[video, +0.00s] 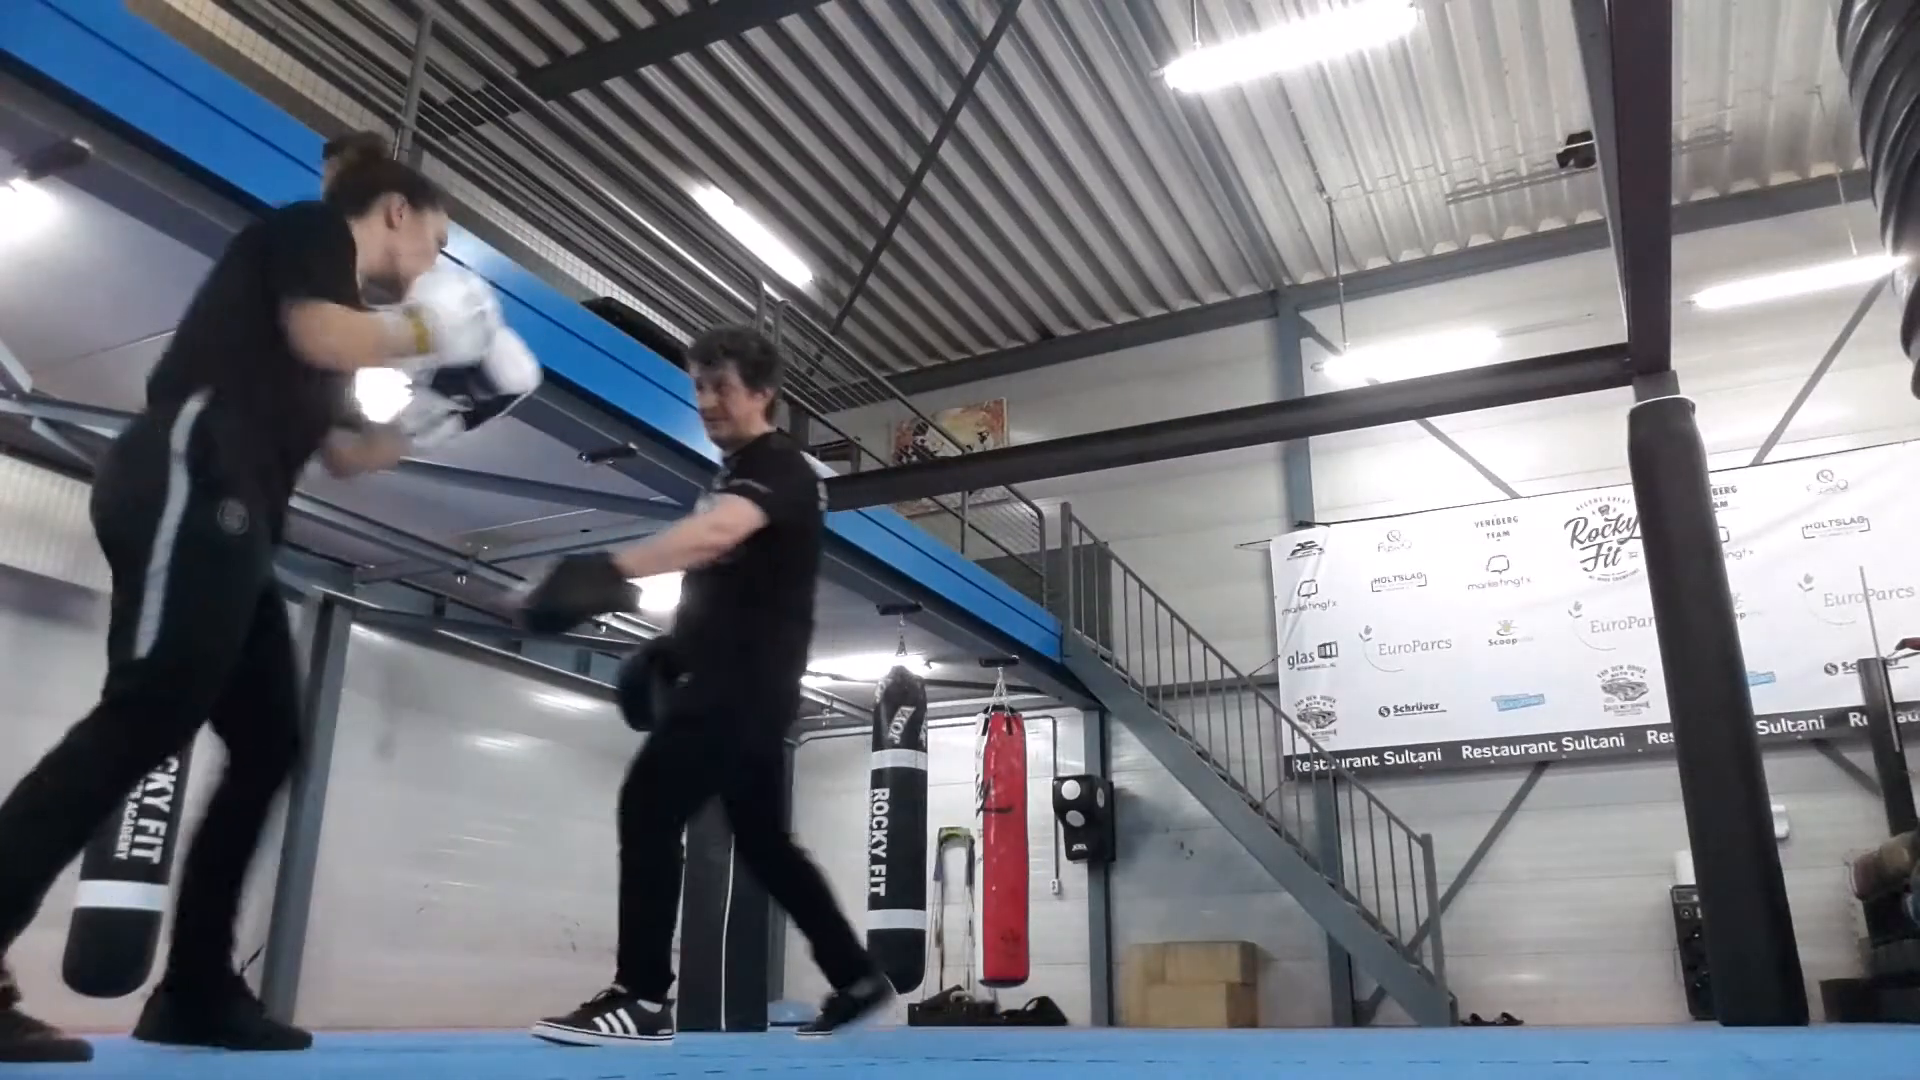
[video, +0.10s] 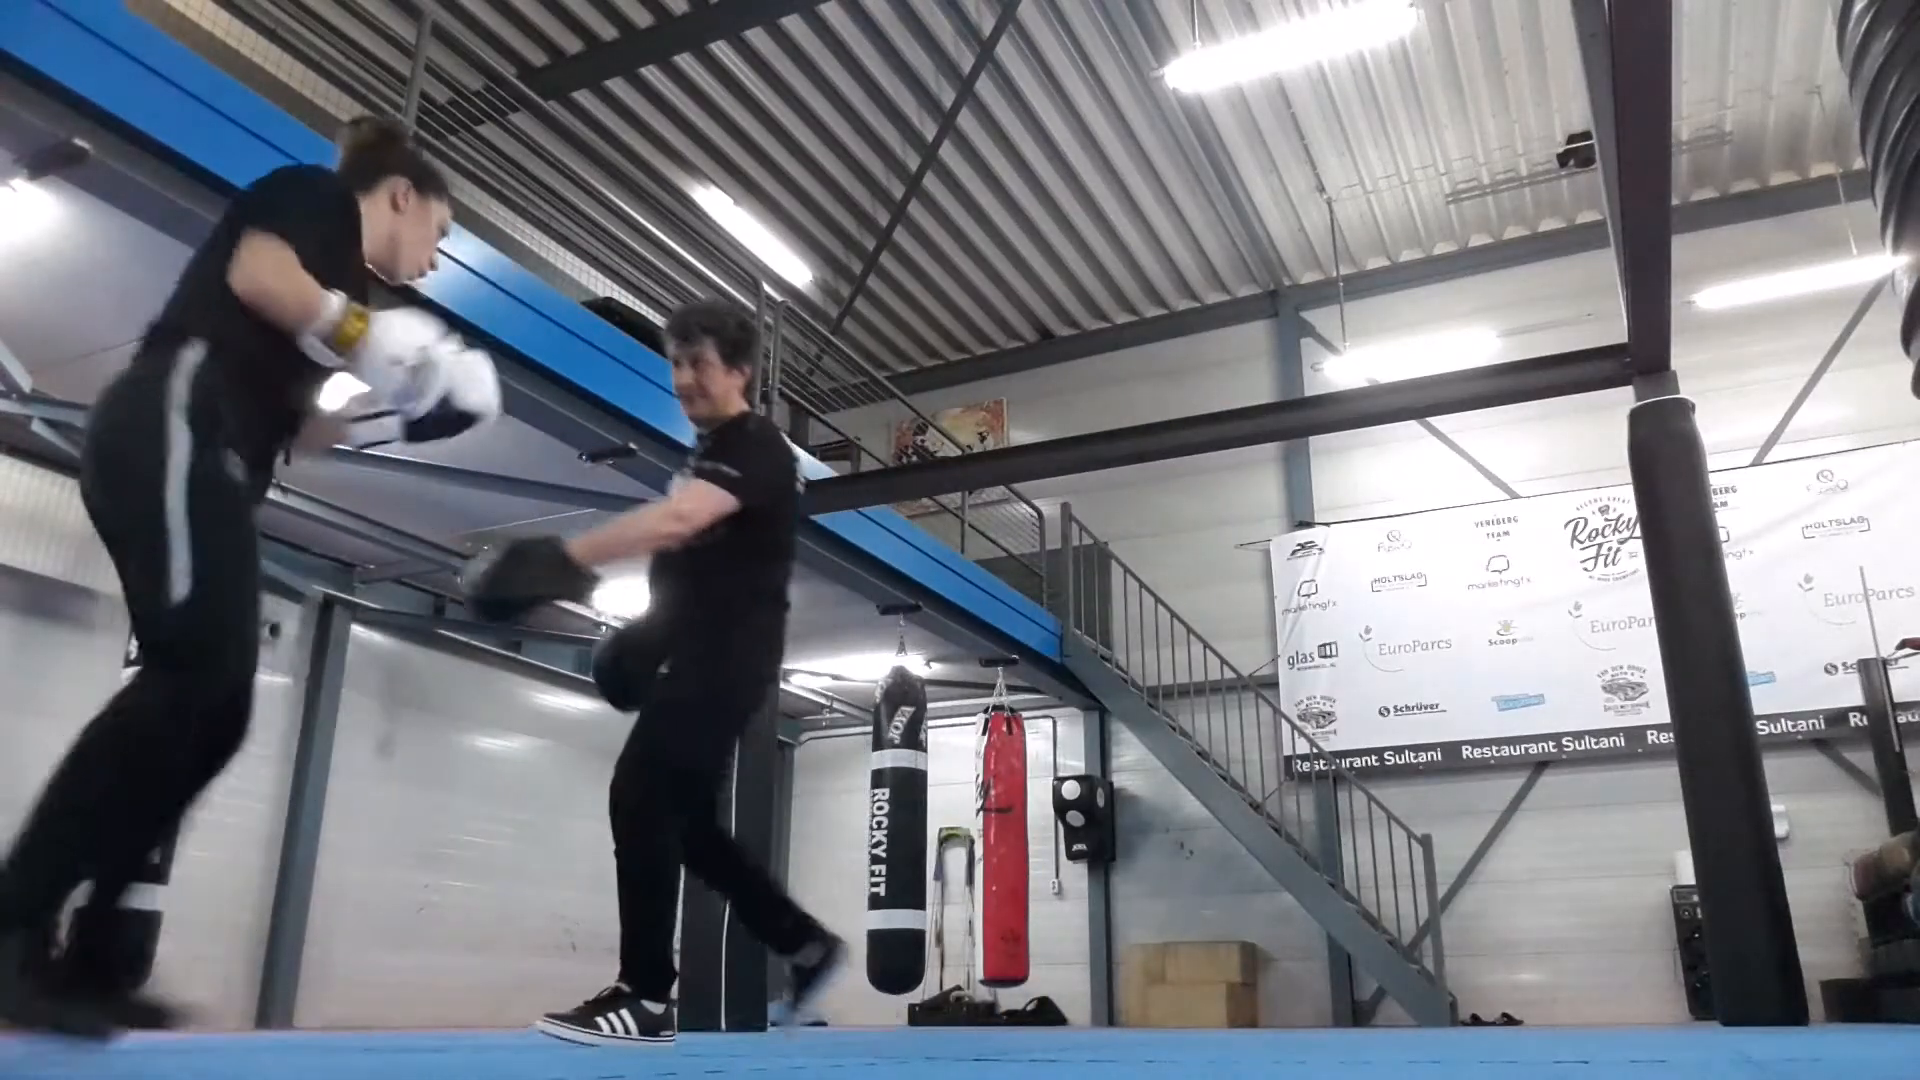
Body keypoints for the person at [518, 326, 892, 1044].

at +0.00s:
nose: (706, 403)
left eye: (720, 389)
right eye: (700, 391)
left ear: (765, 393)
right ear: (702, 395)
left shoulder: (775, 462)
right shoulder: (748, 473)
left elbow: (716, 533)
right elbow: (734, 600)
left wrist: (609, 568)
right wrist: (667, 653)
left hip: (738, 688)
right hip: (741, 688)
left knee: (648, 806)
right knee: (764, 845)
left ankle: (642, 998)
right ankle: (860, 982)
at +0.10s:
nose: (682, 379)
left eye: (696, 364)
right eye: (677, 366)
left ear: (739, 369)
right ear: (679, 371)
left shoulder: (754, 445)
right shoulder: (722, 452)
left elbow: (678, 520)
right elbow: (713, 578)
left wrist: (566, 557)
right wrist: (652, 638)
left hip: (722, 662)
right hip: (702, 661)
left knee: (640, 797)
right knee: (688, 824)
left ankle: (646, 998)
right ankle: (808, 948)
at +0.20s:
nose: (661, 361)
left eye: (676, 345)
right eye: (653, 347)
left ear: (721, 350)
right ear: (652, 349)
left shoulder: (730, 424)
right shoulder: (697, 428)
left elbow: (643, 501)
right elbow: (689, 553)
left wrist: (520, 535)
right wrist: (631, 619)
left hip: (712, 636)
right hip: (685, 636)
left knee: (640, 805)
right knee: (631, 805)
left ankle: (651, 994)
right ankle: (725, 943)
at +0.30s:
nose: (634, 351)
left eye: (648, 336)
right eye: (627, 338)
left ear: (694, 339)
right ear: (625, 342)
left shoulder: (700, 417)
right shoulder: (669, 422)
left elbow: (614, 495)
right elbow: (661, 549)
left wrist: (496, 532)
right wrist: (600, 607)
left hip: (687, 638)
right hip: (647, 639)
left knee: (627, 796)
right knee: (579, 792)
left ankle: (648, 992)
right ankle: (622, 974)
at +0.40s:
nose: (598, 351)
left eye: (613, 336)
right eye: (590, 337)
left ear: (658, 341)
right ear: (587, 342)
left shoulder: (670, 420)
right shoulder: (625, 429)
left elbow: (600, 506)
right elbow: (619, 553)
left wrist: (496, 554)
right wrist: (560, 612)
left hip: (654, 648)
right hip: (608, 647)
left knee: (612, 807)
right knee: (548, 807)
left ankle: (645, 996)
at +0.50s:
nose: (548, 370)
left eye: (562, 352)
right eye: (550, 353)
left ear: (603, 357)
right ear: (613, 357)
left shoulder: (631, 429)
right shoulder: (590, 433)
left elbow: (612, 511)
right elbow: (565, 522)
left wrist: (539, 566)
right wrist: (506, 539)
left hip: (619, 647)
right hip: (582, 645)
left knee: (569, 811)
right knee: (505, 809)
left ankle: (637, 991)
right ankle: (462, 994)